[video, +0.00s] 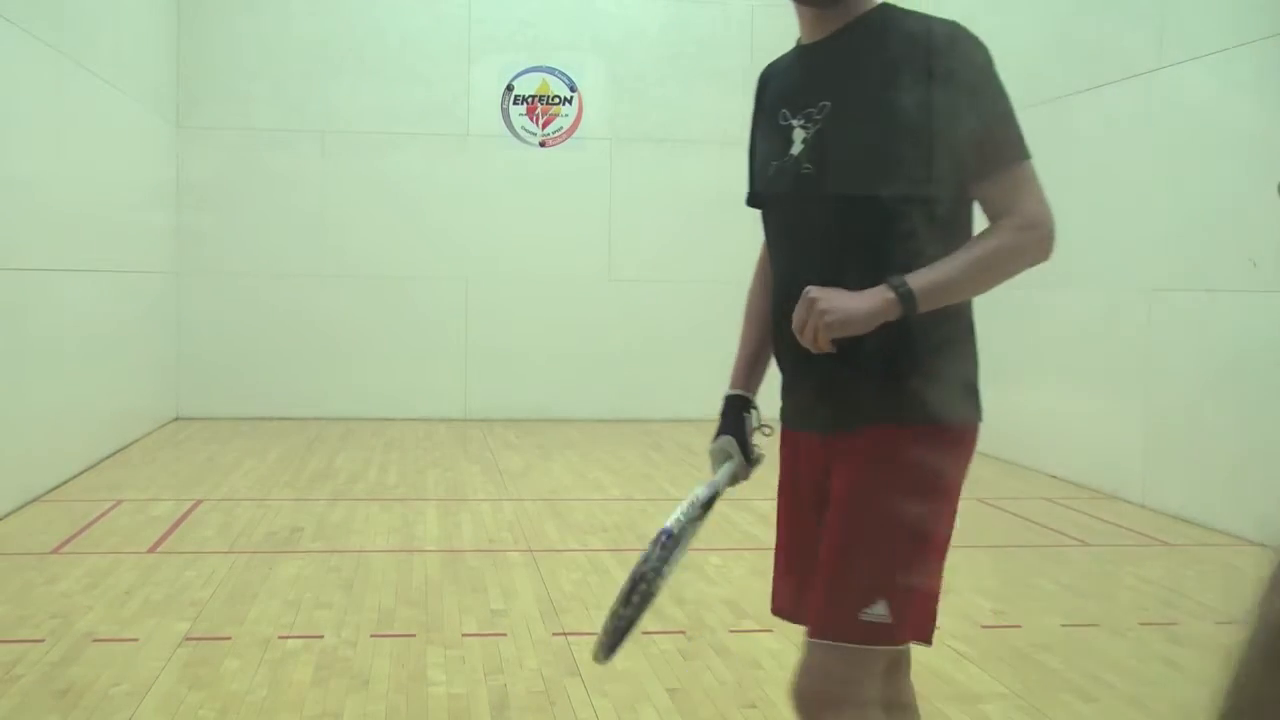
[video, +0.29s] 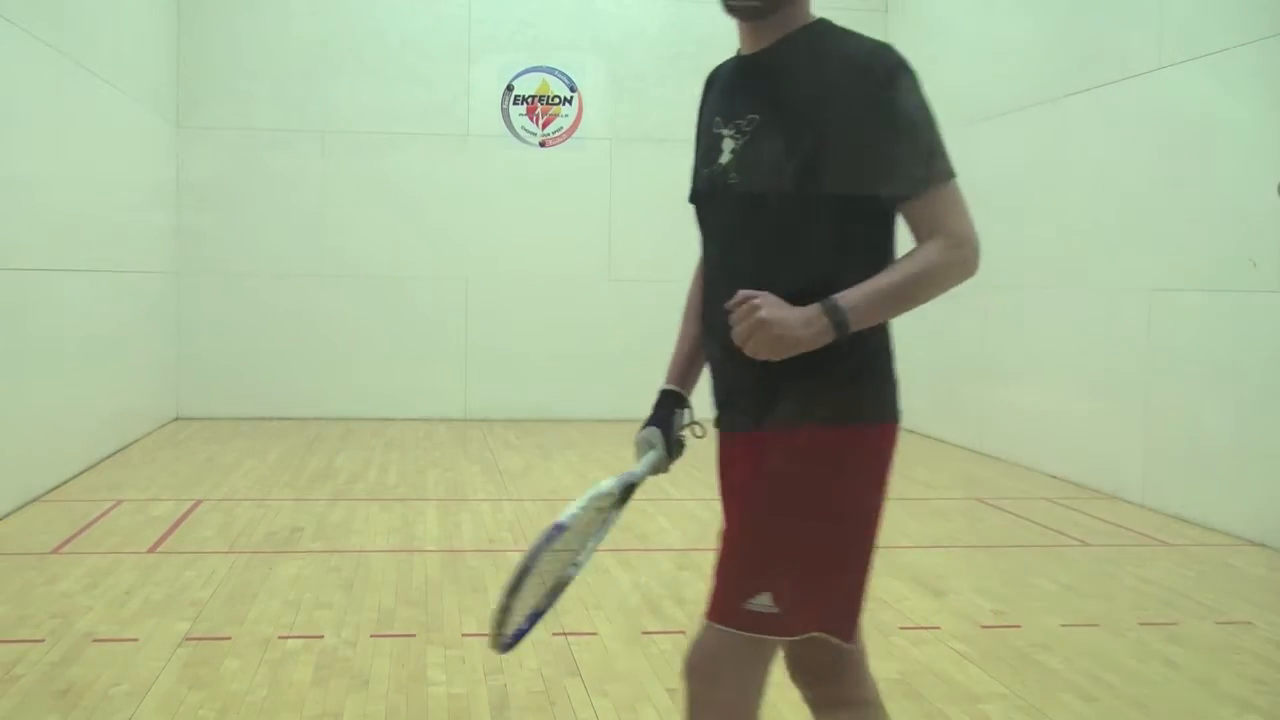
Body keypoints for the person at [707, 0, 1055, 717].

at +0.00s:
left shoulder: (941, 53)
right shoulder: (779, 82)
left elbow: (1029, 228)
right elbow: (782, 251)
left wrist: (884, 299)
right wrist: (739, 397)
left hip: (910, 414)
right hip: (816, 413)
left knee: (829, 691)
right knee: (882, 685)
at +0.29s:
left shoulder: (865, 71)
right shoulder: (723, 88)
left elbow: (955, 248)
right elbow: (722, 257)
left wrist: (820, 319)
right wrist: (674, 394)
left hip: (830, 418)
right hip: (751, 417)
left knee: (719, 674)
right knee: (828, 663)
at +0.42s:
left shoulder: (798, 78)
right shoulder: (685, 84)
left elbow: (882, 259)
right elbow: (681, 256)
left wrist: (730, 344)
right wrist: (639, 379)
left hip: (751, 415)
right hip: (694, 409)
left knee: (654, 666)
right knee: (740, 656)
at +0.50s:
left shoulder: (757, 73)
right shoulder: (668, 74)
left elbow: (831, 259)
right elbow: (680, 254)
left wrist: (675, 343)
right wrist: (624, 379)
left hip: (719, 410)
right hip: (666, 404)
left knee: (649, 666)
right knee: (680, 653)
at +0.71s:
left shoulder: (697, 65)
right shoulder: (625, 71)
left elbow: (727, 252)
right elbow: (632, 245)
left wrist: (560, 307)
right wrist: (586, 377)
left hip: (668, 401)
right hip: (622, 395)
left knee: (643, 650)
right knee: (579, 616)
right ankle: (667, 704)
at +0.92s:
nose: (517, 6)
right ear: (599, 3)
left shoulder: (608, 72)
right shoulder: (623, 76)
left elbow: (609, 250)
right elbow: (624, 278)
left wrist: (470, 290)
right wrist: (556, 418)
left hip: (610, 403)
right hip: (592, 401)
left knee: (609, 640)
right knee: (559, 613)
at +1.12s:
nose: (517, 20)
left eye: (518, 10)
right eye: (520, 11)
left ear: (530, 10)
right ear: (599, 14)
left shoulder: (530, 88)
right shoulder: (655, 103)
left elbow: (513, 235)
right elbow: (674, 255)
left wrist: (444, 303)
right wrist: (624, 339)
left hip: (536, 397)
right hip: (623, 396)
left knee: (488, 616)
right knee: (565, 599)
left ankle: (548, 718)